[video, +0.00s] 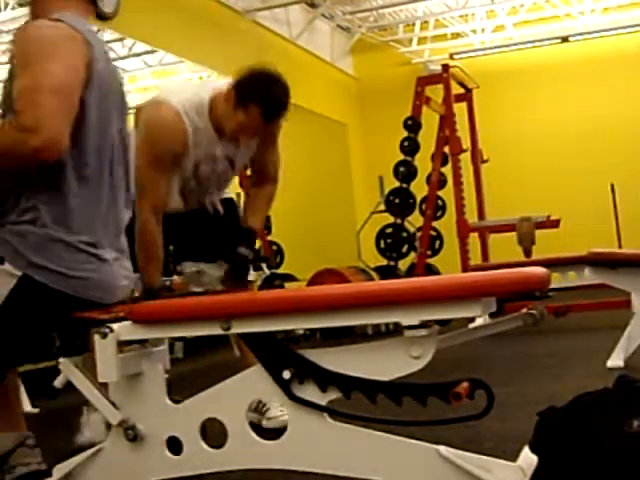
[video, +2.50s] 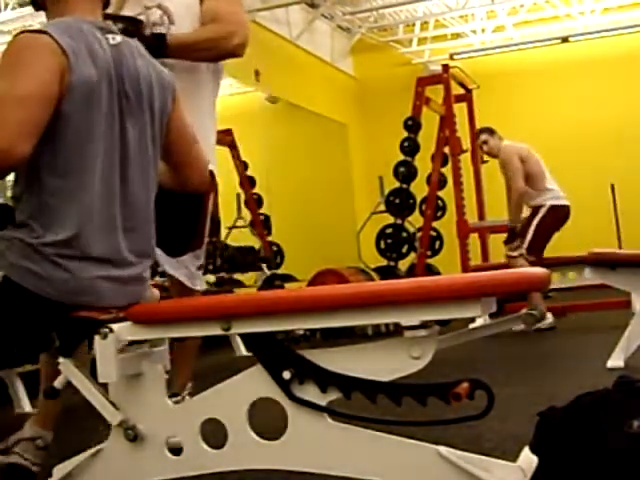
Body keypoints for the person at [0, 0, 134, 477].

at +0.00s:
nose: (25, 4)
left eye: (29, 2)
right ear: (91, 5)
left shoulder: (49, 35)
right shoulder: (98, 56)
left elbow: (42, 137)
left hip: (50, 270)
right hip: (96, 270)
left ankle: (13, 445)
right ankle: (13, 445)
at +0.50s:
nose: (49, 7)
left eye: (55, 3)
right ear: (110, 8)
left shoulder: (67, 30)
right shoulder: (119, 63)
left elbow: (54, 120)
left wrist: (3, 150)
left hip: (67, 267)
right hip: (119, 271)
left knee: (7, 348)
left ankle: (8, 450)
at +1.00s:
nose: (48, 11)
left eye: (51, 7)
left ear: (61, 4)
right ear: (112, 16)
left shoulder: (50, 41)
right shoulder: (128, 87)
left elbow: (16, 130)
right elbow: (121, 177)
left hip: (32, 271)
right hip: (105, 276)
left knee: (8, 360)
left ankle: (7, 450)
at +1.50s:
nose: (14, 8)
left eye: (15, 5)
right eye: (17, 7)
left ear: (22, 2)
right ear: (82, 5)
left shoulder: (31, 38)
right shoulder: (126, 69)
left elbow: (16, 135)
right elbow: (143, 161)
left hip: (53, 269)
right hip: (127, 272)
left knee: (9, 354)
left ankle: (8, 452)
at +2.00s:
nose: (37, 9)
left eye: (39, 5)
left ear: (46, 2)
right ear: (107, 3)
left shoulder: (38, 42)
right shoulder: (156, 69)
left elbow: (9, 142)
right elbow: (198, 174)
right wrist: (130, 187)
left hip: (39, 280)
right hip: (123, 285)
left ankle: (8, 450)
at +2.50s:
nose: (38, 10)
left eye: (40, 7)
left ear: (45, 3)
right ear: (105, 5)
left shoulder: (41, 46)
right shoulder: (154, 74)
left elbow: (11, 147)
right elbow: (194, 175)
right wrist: (130, 159)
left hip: (40, 283)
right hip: (125, 289)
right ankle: (37, 436)